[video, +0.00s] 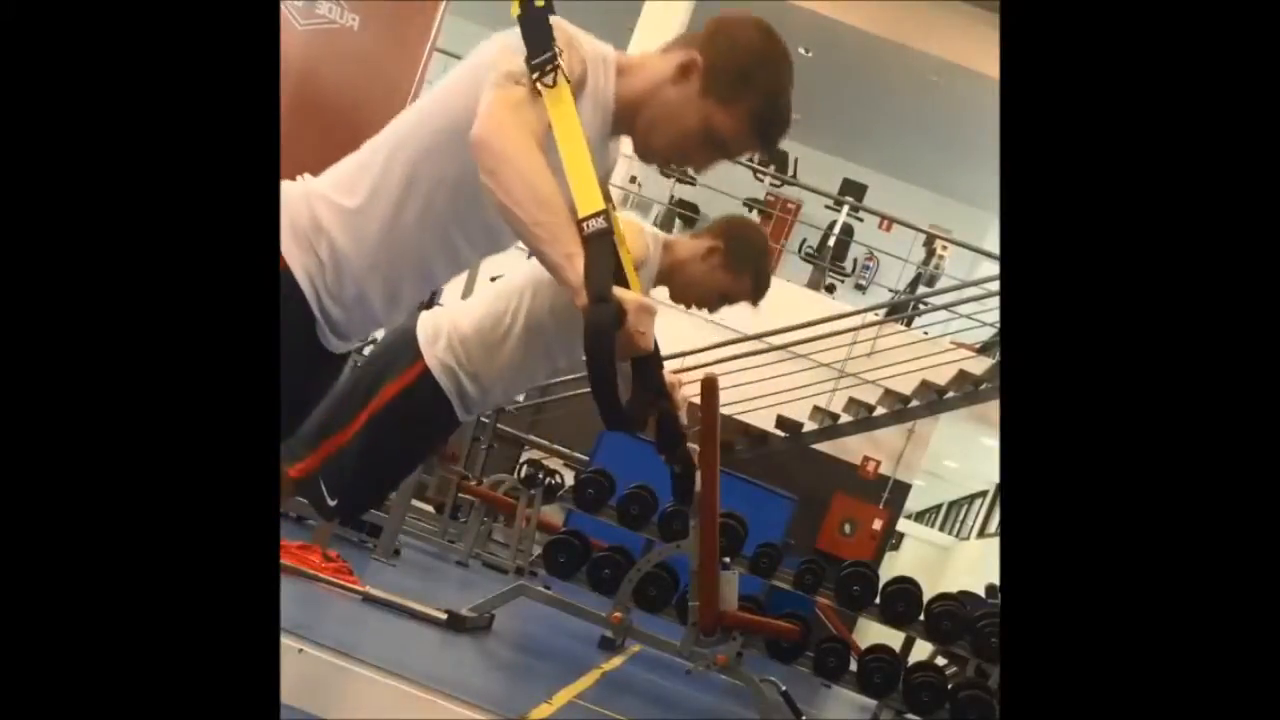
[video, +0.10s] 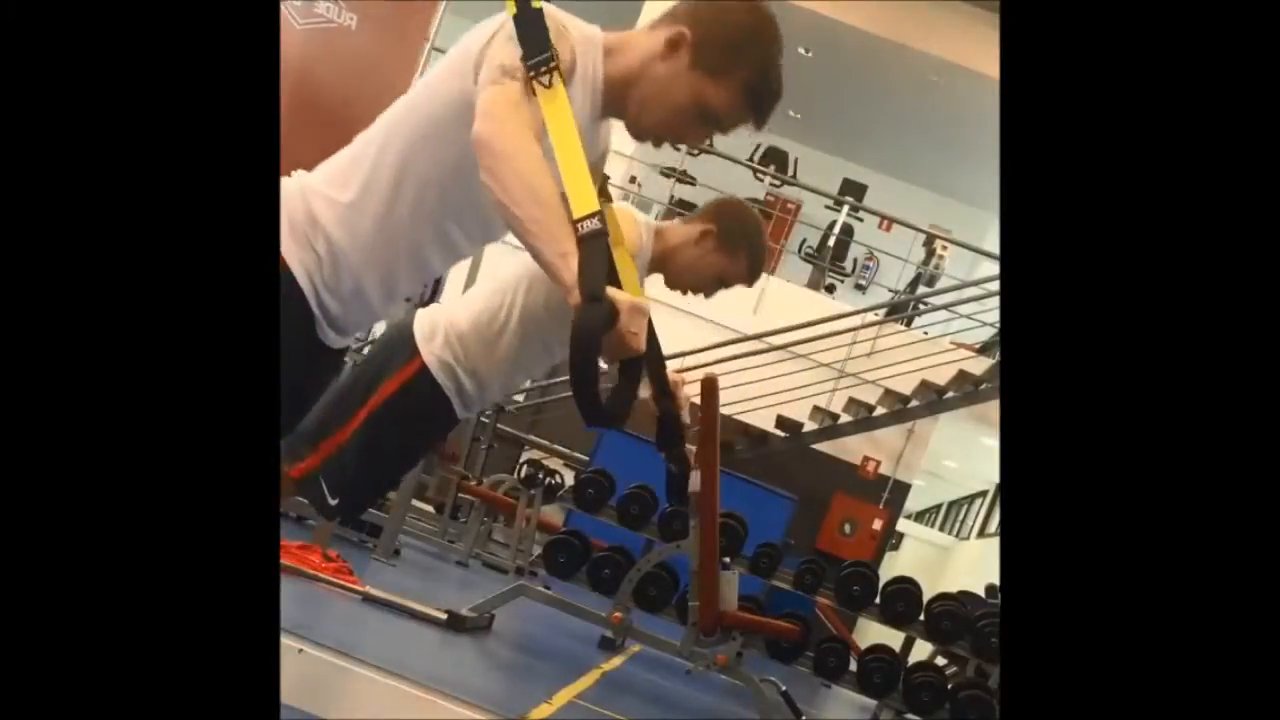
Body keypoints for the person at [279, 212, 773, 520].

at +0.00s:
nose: (713, 307)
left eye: (726, 304)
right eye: (725, 296)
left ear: (710, 252)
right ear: (711, 252)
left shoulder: (639, 279)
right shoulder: (623, 247)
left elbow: (640, 366)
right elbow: (610, 387)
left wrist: (664, 414)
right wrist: (643, 416)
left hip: (451, 391)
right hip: (425, 364)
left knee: (339, 509)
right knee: (302, 492)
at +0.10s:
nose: (709, 292)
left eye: (722, 287)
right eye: (720, 279)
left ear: (703, 237)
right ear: (704, 236)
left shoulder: (630, 268)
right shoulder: (615, 238)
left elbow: (603, 390)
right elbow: (593, 403)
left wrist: (661, 400)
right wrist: (653, 402)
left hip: (448, 387)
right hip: (424, 361)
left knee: (334, 505)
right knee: (303, 487)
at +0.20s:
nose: (707, 286)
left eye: (719, 280)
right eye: (718, 272)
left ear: (697, 230)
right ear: (698, 229)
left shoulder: (629, 275)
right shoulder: (610, 230)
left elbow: (609, 398)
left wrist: (676, 412)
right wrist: (672, 406)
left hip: (447, 389)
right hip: (421, 360)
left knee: (333, 507)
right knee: (300, 486)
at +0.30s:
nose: (708, 289)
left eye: (721, 283)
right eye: (720, 275)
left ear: (699, 232)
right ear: (701, 233)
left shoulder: (630, 265)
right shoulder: (617, 236)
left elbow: (618, 394)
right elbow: (612, 408)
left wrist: (678, 409)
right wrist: (676, 407)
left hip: (444, 390)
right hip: (421, 366)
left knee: (331, 508)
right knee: (300, 488)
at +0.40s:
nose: (714, 301)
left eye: (727, 297)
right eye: (725, 288)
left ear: (706, 246)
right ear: (708, 247)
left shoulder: (634, 271)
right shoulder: (621, 243)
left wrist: (670, 400)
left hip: (451, 395)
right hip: (425, 369)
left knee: (334, 510)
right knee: (303, 492)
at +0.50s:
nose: (722, 327)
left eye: (736, 323)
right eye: (734, 314)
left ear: (717, 270)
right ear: (719, 272)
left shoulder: (650, 279)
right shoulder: (637, 264)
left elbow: (637, 346)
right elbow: (585, 348)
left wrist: (667, 401)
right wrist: (621, 413)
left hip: (457, 391)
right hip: (440, 375)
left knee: (328, 510)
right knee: (306, 501)